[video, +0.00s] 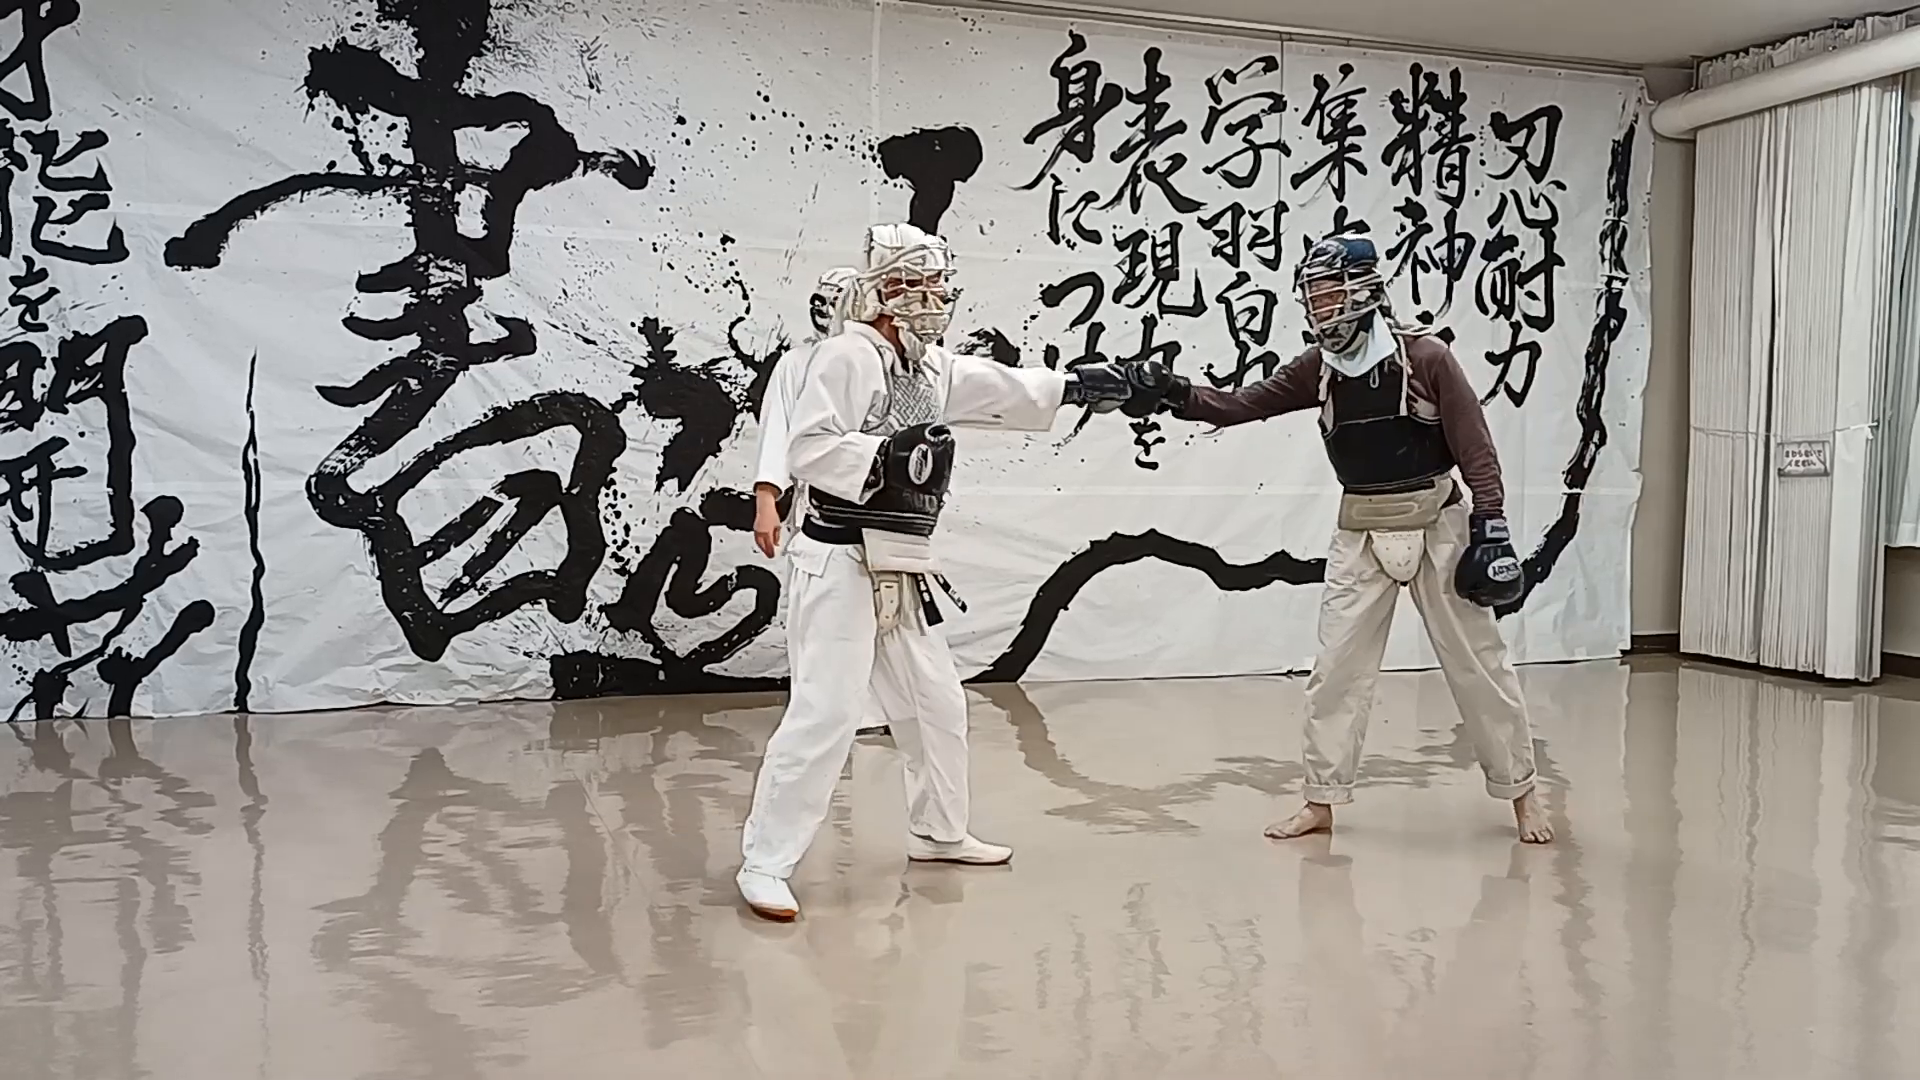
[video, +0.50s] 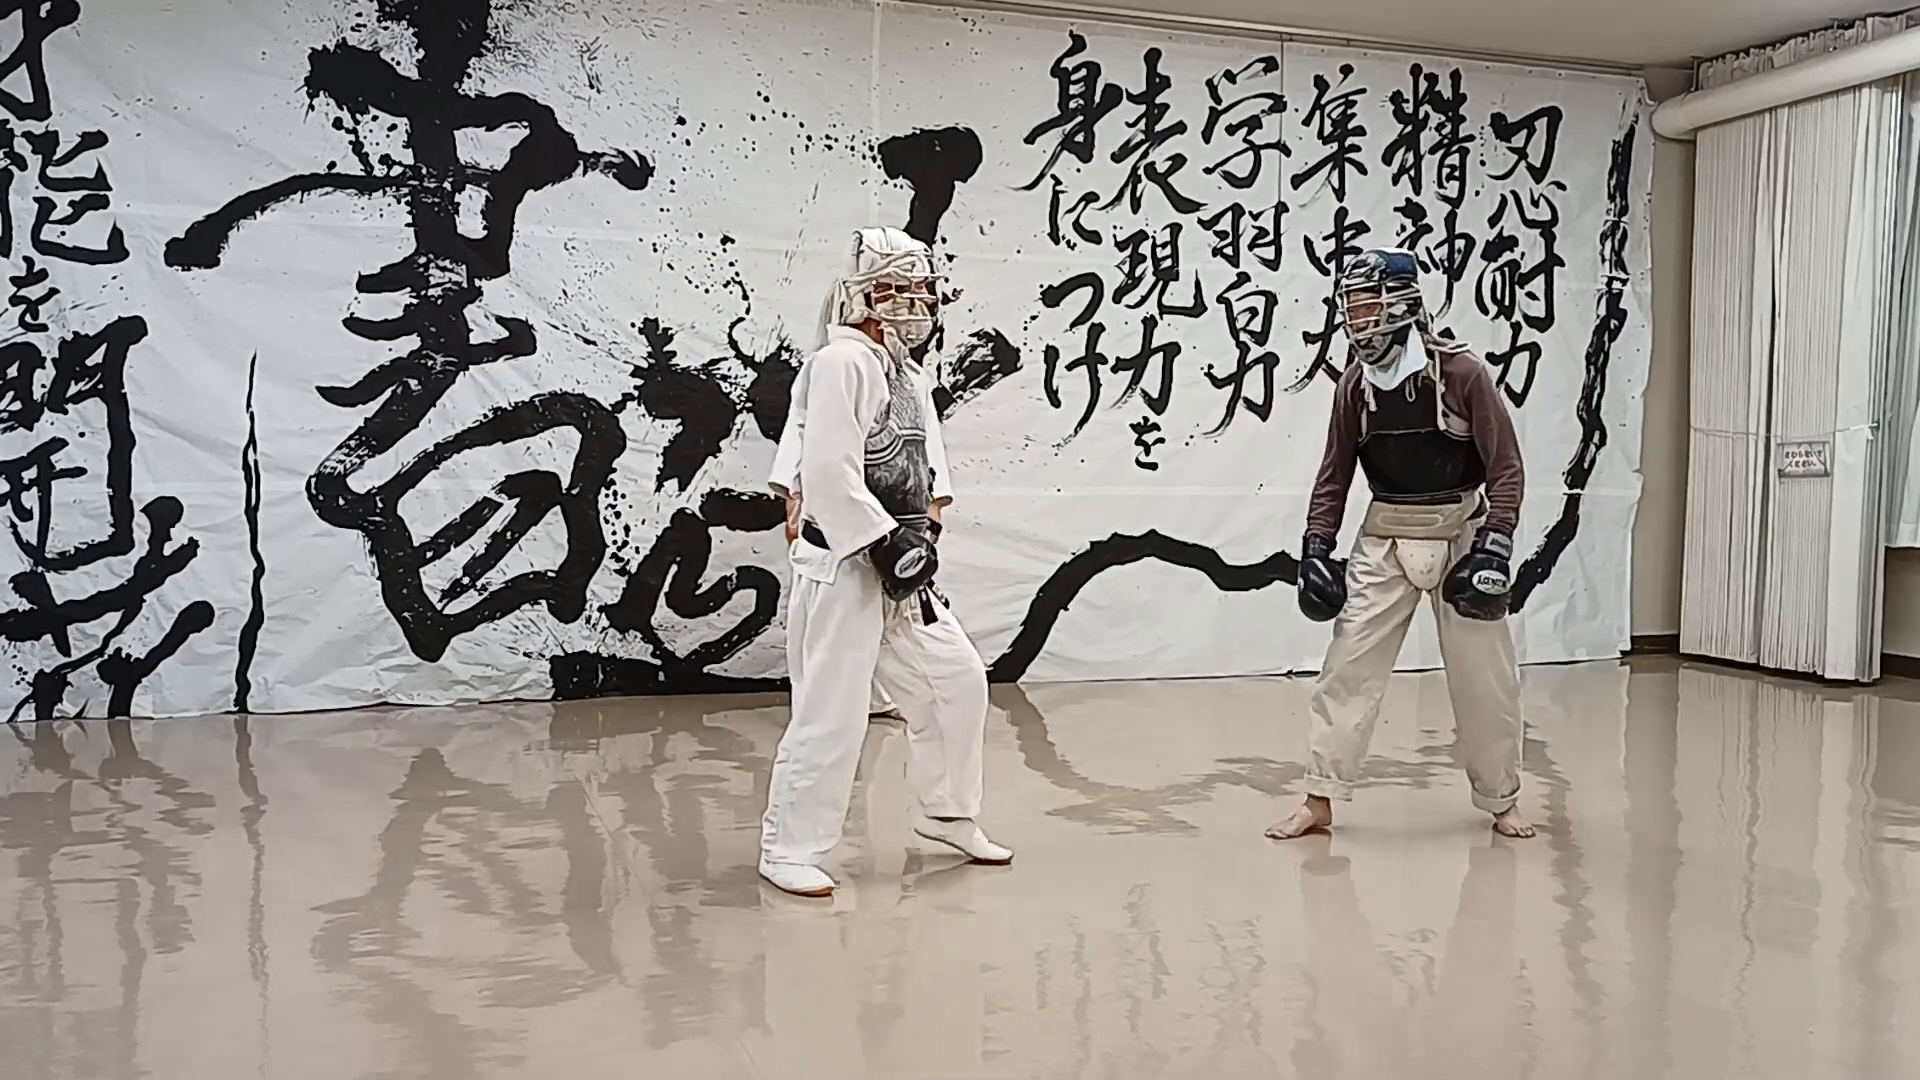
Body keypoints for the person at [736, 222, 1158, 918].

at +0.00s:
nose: (926, 298)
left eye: (932, 287)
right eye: (912, 285)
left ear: (937, 294)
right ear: (880, 289)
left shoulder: (935, 367)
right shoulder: (845, 353)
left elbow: (1020, 388)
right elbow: (806, 445)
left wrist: (1106, 384)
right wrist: (886, 460)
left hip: (896, 562)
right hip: (833, 558)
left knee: (936, 701)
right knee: (824, 714)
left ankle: (938, 835)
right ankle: (764, 867)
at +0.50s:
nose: (918, 304)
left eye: (922, 292)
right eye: (903, 291)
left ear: (926, 296)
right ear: (868, 295)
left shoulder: (907, 373)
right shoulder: (842, 360)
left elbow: (929, 460)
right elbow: (828, 472)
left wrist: (926, 527)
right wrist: (887, 544)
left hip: (894, 560)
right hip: (838, 563)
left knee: (958, 680)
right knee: (829, 711)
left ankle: (945, 822)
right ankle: (789, 853)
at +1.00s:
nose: (954, 313)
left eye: (961, 301)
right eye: (943, 300)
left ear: (965, 305)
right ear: (910, 299)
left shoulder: (937, 363)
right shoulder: (880, 360)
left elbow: (982, 422)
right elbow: (962, 408)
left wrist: (1009, 358)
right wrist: (1001, 347)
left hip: (934, 555)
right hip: (877, 556)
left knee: (959, 693)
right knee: (858, 707)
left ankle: (979, 818)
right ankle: (799, 847)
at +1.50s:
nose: (980, 338)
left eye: (987, 327)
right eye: (967, 324)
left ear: (995, 332)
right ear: (937, 326)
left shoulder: (972, 393)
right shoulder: (902, 379)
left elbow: (1018, 450)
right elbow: (964, 438)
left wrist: (1078, 421)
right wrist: (1022, 389)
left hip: (946, 572)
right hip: (889, 571)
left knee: (991, 690)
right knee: (885, 717)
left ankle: (1010, 813)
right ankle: (815, 846)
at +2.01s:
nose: (991, 334)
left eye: (998, 323)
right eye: (978, 321)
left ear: (1005, 328)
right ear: (947, 321)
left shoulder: (975, 388)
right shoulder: (914, 375)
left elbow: (979, 477)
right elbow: (975, 432)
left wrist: (1039, 473)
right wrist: (1037, 380)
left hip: (964, 572)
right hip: (908, 574)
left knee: (1018, 688)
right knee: (898, 714)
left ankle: (1048, 807)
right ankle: (842, 845)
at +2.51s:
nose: (1047, 345)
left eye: (1054, 334)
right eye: (1033, 334)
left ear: (1061, 336)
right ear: (1000, 334)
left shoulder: (1033, 395)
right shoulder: (970, 393)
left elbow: (1053, 454)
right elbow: (1031, 457)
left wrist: (1101, 414)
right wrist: (1093, 409)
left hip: (1011, 580)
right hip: (956, 583)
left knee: (1086, 670)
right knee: (948, 718)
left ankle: (1070, 791)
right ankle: (891, 824)